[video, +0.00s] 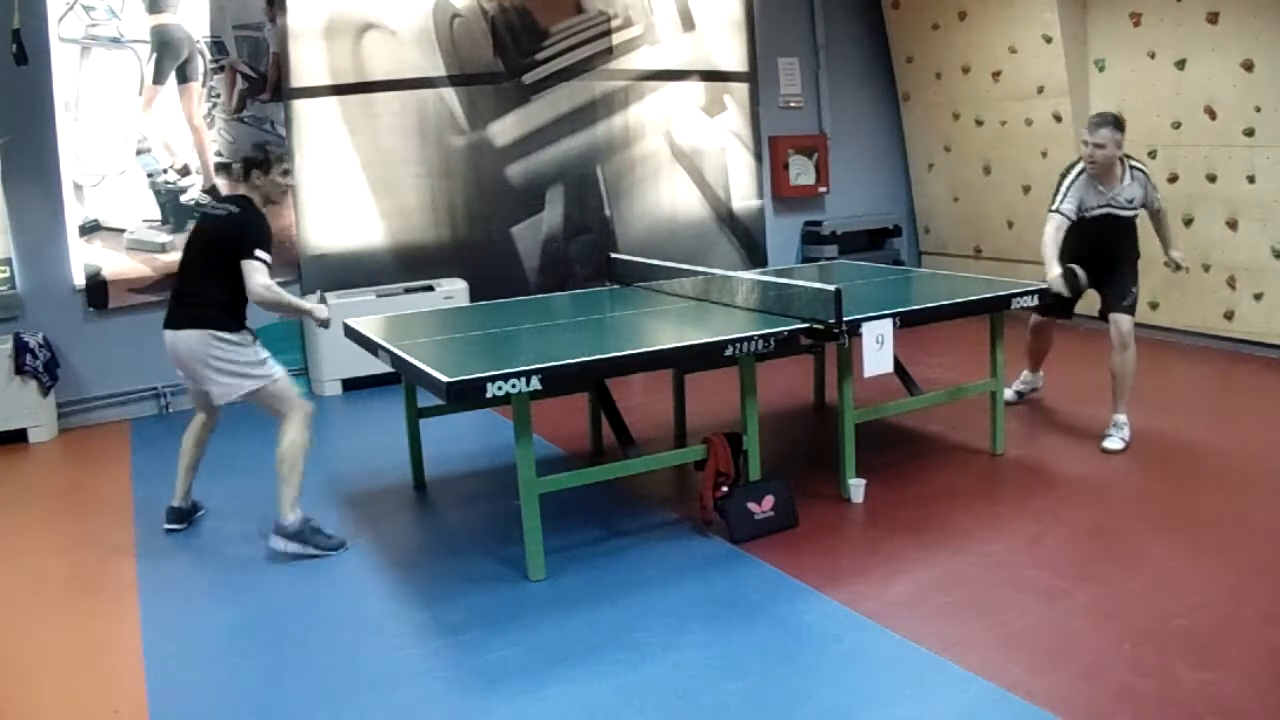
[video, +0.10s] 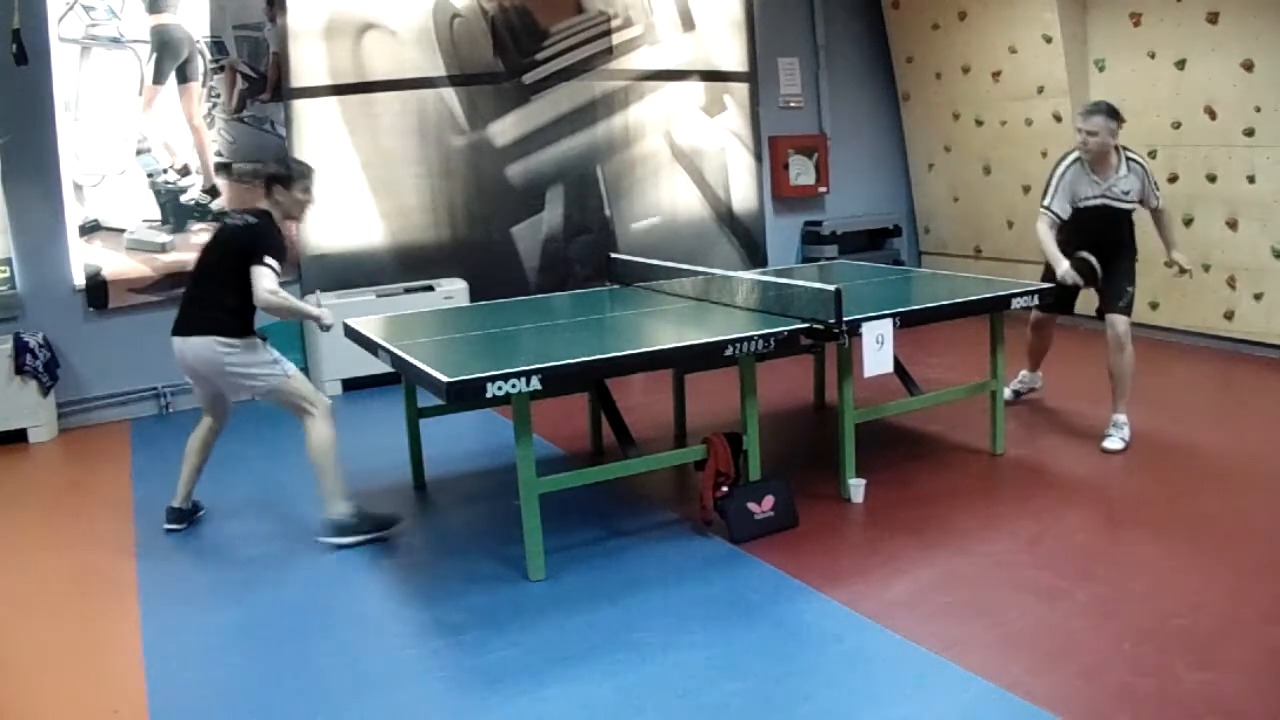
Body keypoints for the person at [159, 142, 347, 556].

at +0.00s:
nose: (289, 183)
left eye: (289, 174)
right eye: (283, 174)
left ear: (246, 177)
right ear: (257, 176)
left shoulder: (212, 214)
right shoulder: (252, 219)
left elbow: (186, 267)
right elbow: (259, 290)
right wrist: (309, 309)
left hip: (177, 333)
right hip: (216, 335)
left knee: (205, 413)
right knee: (296, 410)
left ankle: (178, 507)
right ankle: (290, 523)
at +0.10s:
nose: (309, 200)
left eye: (310, 192)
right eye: (303, 192)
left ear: (271, 193)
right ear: (276, 191)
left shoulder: (233, 226)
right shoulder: (264, 230)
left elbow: (211, 283)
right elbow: (264, 295)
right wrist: (314, 313)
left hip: (186, 340)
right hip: (227, 342)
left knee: (213, 416)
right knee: (316, 408)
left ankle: (179, 506)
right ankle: (340, 514)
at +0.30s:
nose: (365, 243)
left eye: (365, 235)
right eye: (359, 234)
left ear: (333, 232)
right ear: (333, 231)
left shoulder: (280, 256)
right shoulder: (320, 261)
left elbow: (242, 309)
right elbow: (345, 298)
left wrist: (210, 368)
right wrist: (396, 297)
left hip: (219, 364)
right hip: (261, 370)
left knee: (232, 426)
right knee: (360, 407)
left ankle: (181, 507)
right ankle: (376, 515)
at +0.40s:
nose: (384, 244)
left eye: (384, 235)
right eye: (380, 234)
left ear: (343, 229)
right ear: (357, 231)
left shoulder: (292, 255)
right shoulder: (357, 261)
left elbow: (244, 309)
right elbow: (418, 273)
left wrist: (211, 363)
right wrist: (466, 272)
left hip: (228, 362)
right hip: (275, 371)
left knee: (233, 427)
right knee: (369, 405)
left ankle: (183, 505)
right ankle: (377, 513)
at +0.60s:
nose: (372, 213)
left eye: (373, 206)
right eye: (369, 205)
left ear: (330, 202)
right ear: (345, 203)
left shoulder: (279, 232)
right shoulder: (353, 243)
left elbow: (235, 291)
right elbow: (425, 266)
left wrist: (208, 348)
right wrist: (475, 270)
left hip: (227, 352)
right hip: (274, 363)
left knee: (236, 421)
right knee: (362, 402)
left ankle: (188, 508)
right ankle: (377, 511)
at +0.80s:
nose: (315, 191)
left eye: (315, 183)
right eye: (311, 182)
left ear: (277, 181)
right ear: (286, 181)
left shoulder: (231, 218)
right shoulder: (282, 225)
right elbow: (328, 279)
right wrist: (382, 294)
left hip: (187, 348)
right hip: (235, 353)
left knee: (223, 434)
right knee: (319, 426)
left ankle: (185, 536)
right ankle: (368, 517)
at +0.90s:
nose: (291, 185)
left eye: (290, 176)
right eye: (286, 177)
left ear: (246, 179)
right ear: (261, 179)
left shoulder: (206, 217)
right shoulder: (252, 223)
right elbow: (296, 289)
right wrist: (349, 308)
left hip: (159, 351)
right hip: (203, 355)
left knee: (209, 435)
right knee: (297, 427)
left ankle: (184, 540)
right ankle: (318, 539)